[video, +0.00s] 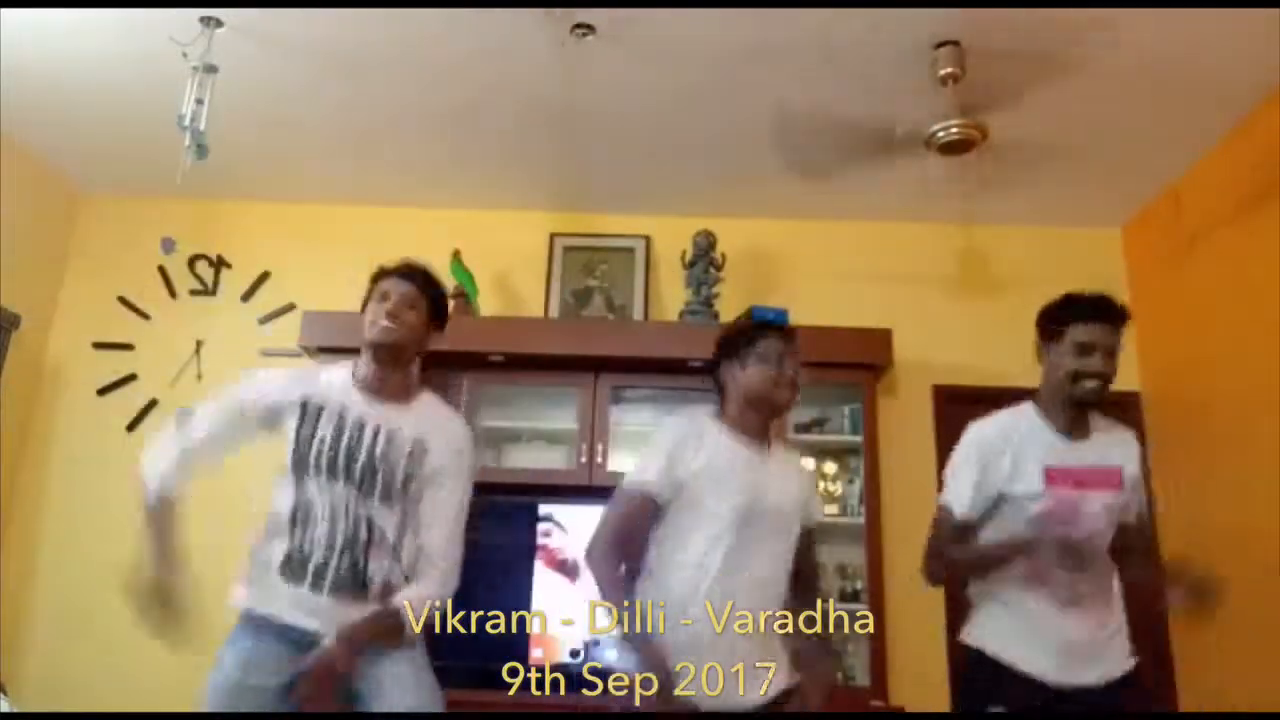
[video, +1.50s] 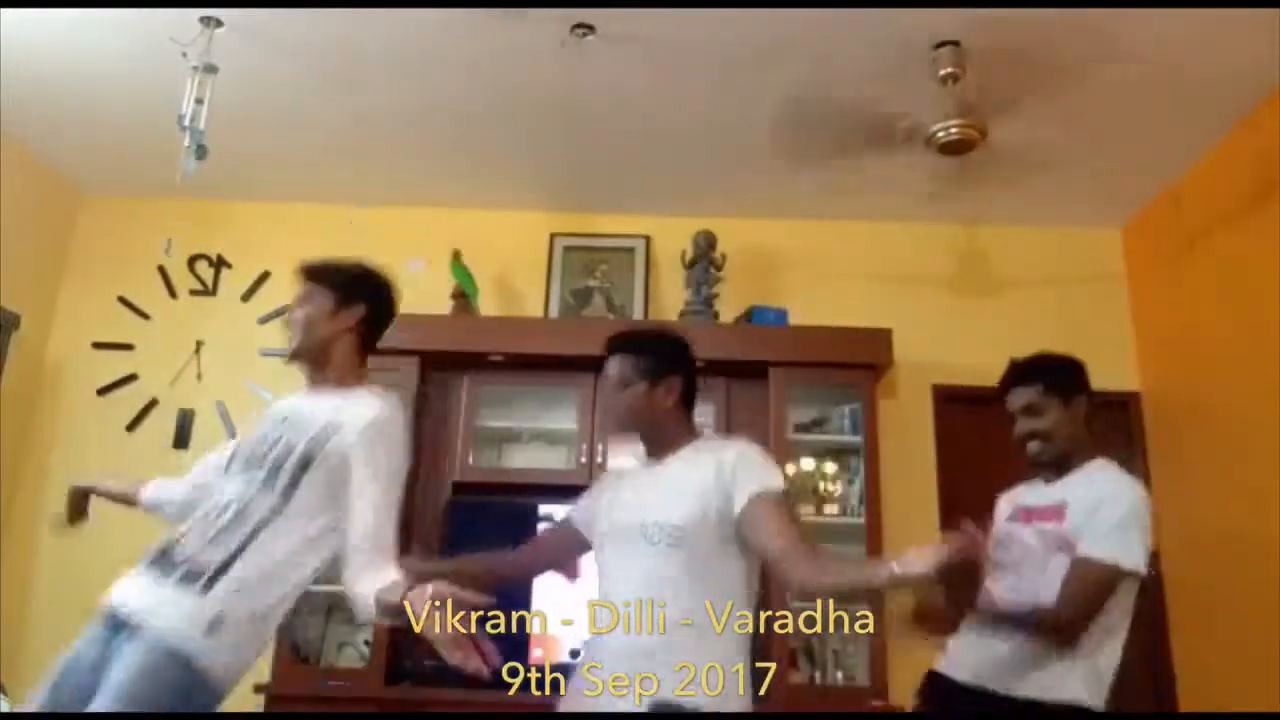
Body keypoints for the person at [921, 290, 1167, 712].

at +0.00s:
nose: (1099, 366)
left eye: (1109, 355)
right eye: (1084, 352)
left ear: (1117, 361)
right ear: (1045, 352)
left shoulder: (1122, 445)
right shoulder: (991, 440)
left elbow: (1130, 554)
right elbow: (937, 563)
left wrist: (1173, 581)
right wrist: (1031, 545)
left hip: (1106, 674)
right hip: (1008, 672)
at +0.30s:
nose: (1170, 437)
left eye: (1179, 424)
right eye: (1166, 419)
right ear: (1125, 395)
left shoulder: (1117, 461)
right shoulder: (1067, 450)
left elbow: (1143, 590)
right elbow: (1094, 609)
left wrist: (1237, 661)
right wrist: (1217, 667)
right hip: (1127, 679)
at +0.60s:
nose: (1156, 358)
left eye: (1166, 345)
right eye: (1146, 340)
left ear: (1173, 348)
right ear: (1107, 327)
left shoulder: (1159, 407)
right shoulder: (1051, 397)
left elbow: (1186, 536)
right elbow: (1041, 522)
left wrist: (1270, 530)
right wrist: (1125, 453)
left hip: (1198, 607)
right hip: (1112, 612)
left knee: (1252, 698)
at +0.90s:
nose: (1081, 383)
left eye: (1095, 365)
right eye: (1066, 371)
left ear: (1129, 364)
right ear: (1056, 379)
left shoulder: (1188, 473)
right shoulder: (1025, 466)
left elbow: (1216, 613)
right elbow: (998, 592)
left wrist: (1263, 699)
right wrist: (1027, 691)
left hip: (1158, 693)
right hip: (1057, 692)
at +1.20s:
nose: (1058, 352)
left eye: (1072, 337)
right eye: (1050, 343)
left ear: (1116, 334)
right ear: (1044, 346)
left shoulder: (1156, 418)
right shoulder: (1027, 415)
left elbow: (1130, 547)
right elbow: (986, 520)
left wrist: (1023, 504)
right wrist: (910, 516)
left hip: (1087, 640)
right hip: (995, 626)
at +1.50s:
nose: (1020, 431)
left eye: (1034, 413)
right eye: (1014, 419)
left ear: (1079, 408)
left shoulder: (1118, 496)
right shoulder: (1011, 500)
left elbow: (1066, 625)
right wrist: (961, 572)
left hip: (1043, 701)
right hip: (956, 688)